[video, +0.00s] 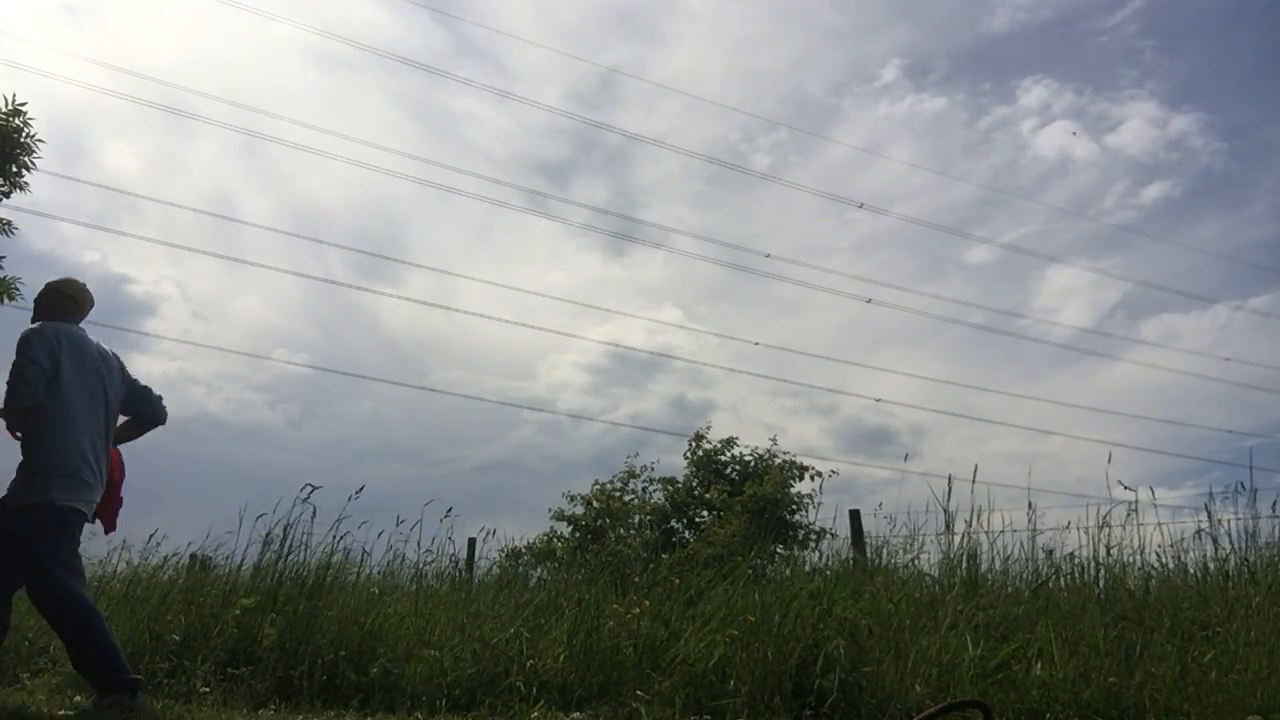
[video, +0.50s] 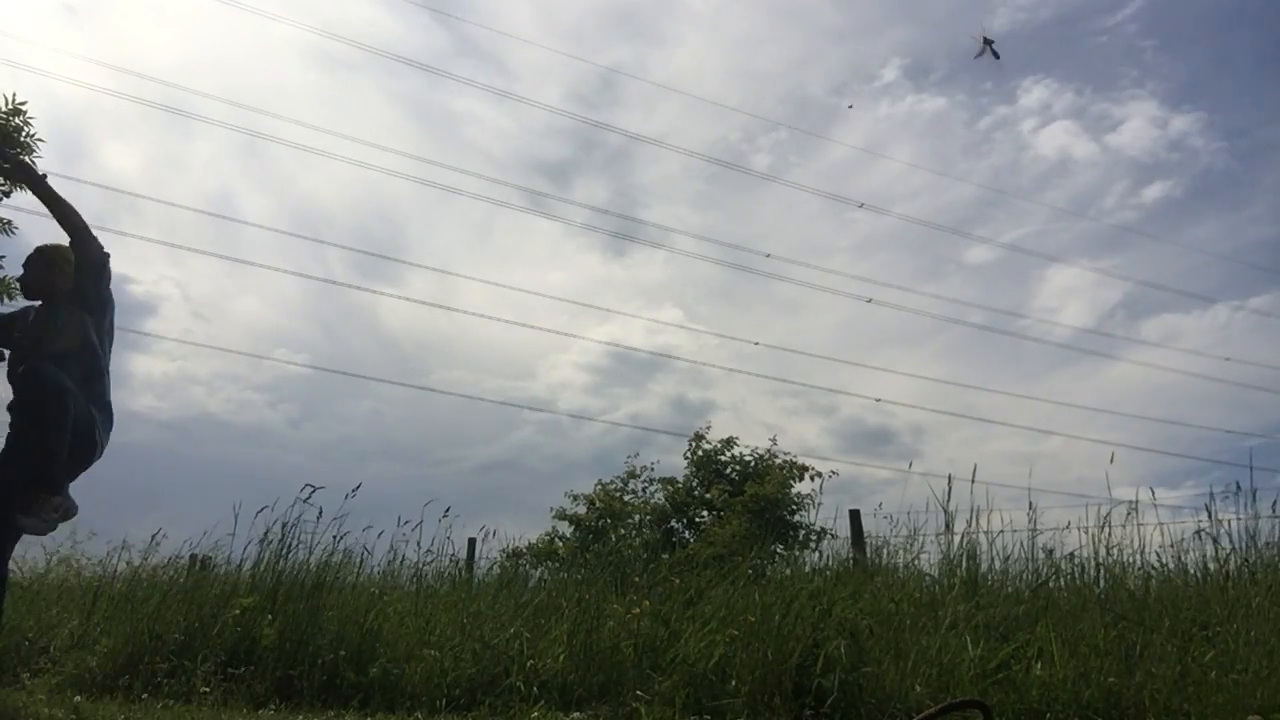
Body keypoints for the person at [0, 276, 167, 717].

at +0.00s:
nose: (33, 317)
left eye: (37, 309)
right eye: (35, 311)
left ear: (48, 307)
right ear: (79, 314)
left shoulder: (40, 336)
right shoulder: (107, 359)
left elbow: (21, 398)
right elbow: (154, 411)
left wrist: (14, 420)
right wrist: (107, 435)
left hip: (47, 482)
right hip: (85, 488)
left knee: (57, 588)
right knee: (2, 576)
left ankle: (120, 691)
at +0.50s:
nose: (25, 271)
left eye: (35, 265)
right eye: (27, 266)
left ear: (60, 271)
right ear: (37, 279)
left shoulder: (91, 303)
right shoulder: (21, 321)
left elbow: (83, 237)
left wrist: (35, 183)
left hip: (83, 428)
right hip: (29, 429)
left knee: (39, 377)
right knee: (6, 517)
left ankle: (54, 492)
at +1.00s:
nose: (50, 300)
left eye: (62, 292)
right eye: (49, 293)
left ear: (89, 300)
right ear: (52, 302)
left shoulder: (114, 340)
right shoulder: (55, 362)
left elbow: (173, 373)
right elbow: (37, 403)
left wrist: (232, 406)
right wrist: (7, 355)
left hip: (87, 489)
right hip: (40, 489)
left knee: (88, 574)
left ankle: (137, 681)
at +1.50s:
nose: (185, 273)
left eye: (194, 268)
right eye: (177, 263)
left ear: (202, 281)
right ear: (156, 269)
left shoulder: (209, 323)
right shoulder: (129, 318)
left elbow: (224, 346)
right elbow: (167, 372)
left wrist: (148, 313)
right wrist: (234, 408)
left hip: (166, 476)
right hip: (101, 468)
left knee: (160, 571)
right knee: (65, 579)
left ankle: (160, 691)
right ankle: (35, 692)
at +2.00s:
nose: (200, 267)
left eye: (209, 260)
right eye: (192, 259)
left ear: (222, 275)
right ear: (176, 269)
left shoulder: (241, 336)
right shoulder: (141, 313)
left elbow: (303, 348)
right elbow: (92, 353)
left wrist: (351, 352)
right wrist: (64, 308)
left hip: (170, 480)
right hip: (103, 468)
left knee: (162, 573)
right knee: (58, 574)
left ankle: (160, 691)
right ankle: (23, 685)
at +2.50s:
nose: (110, 294)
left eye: (119, 285)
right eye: (111, 286)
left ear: (148, 286)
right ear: (150, 288)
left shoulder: (159, 328)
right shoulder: (135, 334)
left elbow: (98, 356)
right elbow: (73, 349)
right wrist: (50, 320)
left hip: (107, 478)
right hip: (83, 477)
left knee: (71, 566)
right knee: (19, 574)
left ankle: (145, 673)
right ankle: (28, 694)